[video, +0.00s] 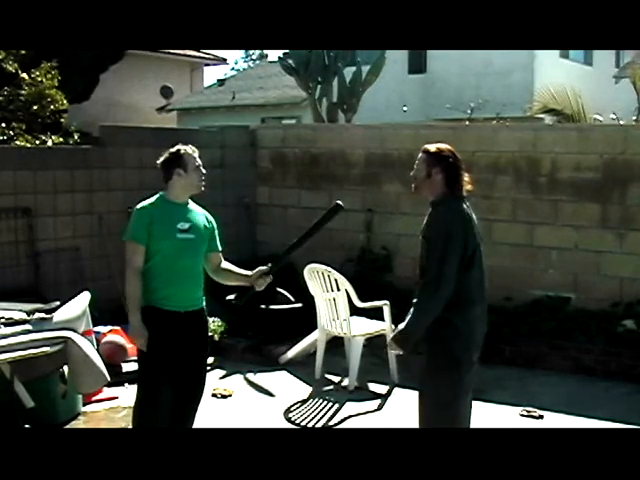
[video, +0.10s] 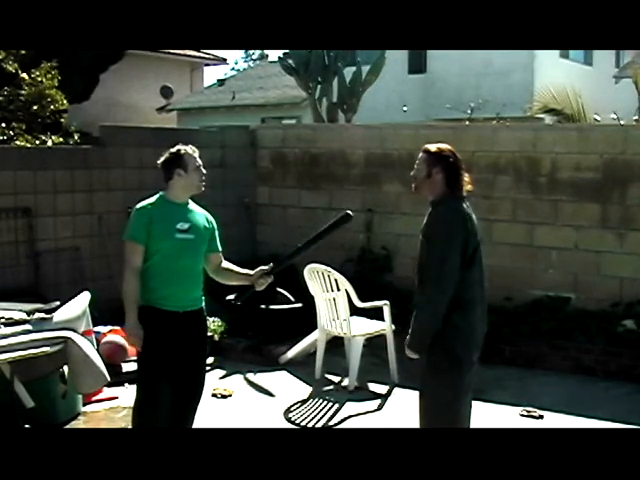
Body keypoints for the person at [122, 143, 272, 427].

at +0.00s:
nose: (204, 172)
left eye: (202, 167)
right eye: (197, 168)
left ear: (184, 174)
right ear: (178, 174)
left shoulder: (204, 219)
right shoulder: (146, 213)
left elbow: (216, 267)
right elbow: (133, 269)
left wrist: (249, 278)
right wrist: (136, 322)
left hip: (194, 320)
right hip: (159, 319)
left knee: (188, 398)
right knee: (155, 399)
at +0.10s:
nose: (204, 173)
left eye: (203, 167)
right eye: (198, 168)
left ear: (185, 174)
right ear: (178, 174)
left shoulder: (205, 219)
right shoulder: (146, 213)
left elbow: (216, 267)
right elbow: (132, 269)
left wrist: (251, 277)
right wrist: (132, 320)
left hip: (193, 320)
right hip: (157, 319)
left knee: (187, 398)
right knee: (154, 398)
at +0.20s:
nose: (205, 174)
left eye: (203, 168)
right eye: (199, 168)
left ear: (185, 175)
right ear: (180, 174)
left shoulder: (205, 219)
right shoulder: (146, 213)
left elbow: (216, 267)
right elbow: (131, 268)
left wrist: (251, 276)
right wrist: (129, 320)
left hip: (192, 320)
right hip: (156, 318)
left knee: (186, 398)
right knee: (153, 399)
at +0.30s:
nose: (205, 174)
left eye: (204, 168)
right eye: (199, 168)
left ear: (185, 175)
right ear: (180, 175)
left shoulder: (205, 219)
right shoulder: (146, 212)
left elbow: (216, 267)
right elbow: (131, 268)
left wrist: (250, 276)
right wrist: (127, 319)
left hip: (192, 320)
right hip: (155, 318)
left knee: (186, 399)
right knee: (153, 399)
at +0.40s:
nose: (206, 177)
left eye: (205, 170)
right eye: (200, 171)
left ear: (185, 175)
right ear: (181, 175)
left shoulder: (205, 216)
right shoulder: (146, 210)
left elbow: (215, 262)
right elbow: (131, 266)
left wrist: (249, 272)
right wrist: (127, 317)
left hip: (192, 318)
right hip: (155, 317)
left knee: (187, 395)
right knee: (153, 396)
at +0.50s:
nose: (207, 183)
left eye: (207, 177)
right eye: (203, 177)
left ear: (187, 178)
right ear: (184, 176)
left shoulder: (204, 215)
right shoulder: (144, 210)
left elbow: (216, 258)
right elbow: (126, 262)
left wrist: (255, 264)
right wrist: (124, 311)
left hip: (191, 317)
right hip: (154, 316)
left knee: (188, 392)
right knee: (153, 392)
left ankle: (179, 430)